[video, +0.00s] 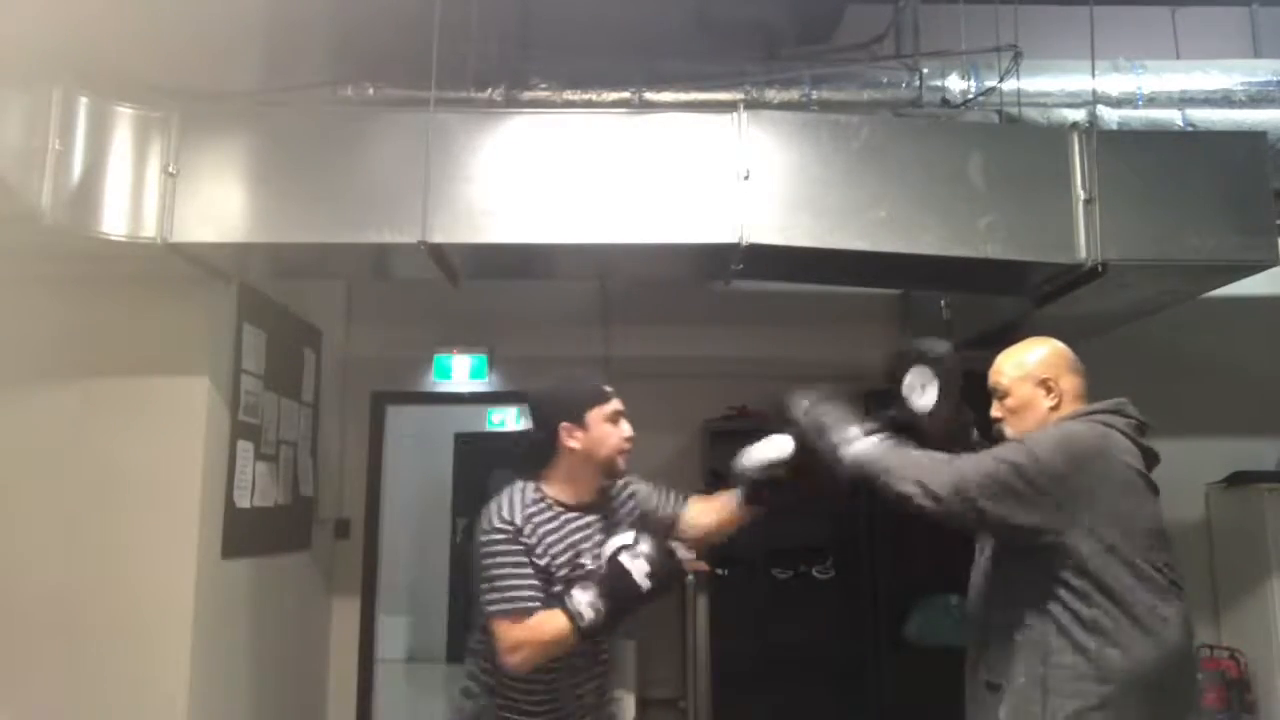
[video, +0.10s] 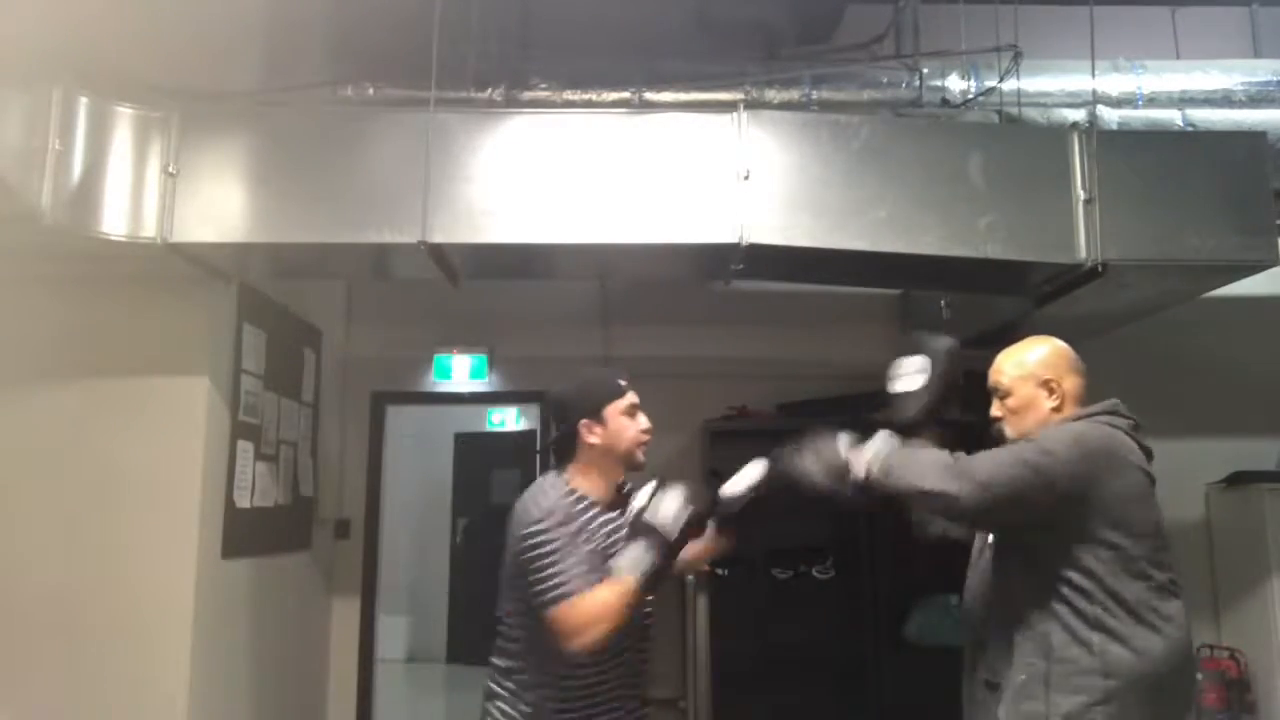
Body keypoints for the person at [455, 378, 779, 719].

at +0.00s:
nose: (629, 433)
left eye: (625, 419)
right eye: (614, 420)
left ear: (576, 436)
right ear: (571, 435)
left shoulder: (620, 496)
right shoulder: (507, 521)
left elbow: (695, 519)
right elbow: (515, 650)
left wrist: (753, 492)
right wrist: (607, 593)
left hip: (589, 705)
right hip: (510, 711)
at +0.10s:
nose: (647, 424)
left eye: (641, 411)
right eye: (631, 413)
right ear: (591, 431)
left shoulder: (628, 501)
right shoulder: (543, 510)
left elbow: (668, 562)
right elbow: (577, 633)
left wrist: (725, 525)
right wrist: (648, 546)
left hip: (617, 706)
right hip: (537, 710)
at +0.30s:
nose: (637, 422)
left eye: (631, 410)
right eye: (620, 411)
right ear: (578, 428)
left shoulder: (537, 478)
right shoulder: (582, 488)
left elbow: (580, 561)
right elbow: (685, 522)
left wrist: (657, 564)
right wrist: (714, 459)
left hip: (511, 699)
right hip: (576, 706)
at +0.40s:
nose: (612, 420)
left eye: (607, 406)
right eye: (595, 408)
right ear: (554, 425)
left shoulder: (533, 482)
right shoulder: (537, 491)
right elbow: (618, 579)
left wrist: (612, 532)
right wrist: (662, 517)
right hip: (529, 707)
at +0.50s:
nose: (587, 416)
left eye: (582, 403)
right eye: (569, 403)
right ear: (528, 419)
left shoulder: (538, 497)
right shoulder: (493, 496)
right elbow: (538, 603)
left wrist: (615, 553)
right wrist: (605, 552)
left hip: (544, 705)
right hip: (490, 708)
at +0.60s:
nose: (567, 410)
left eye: (563, 398)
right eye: (551, 397)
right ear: (507, 408)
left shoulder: (534, 492)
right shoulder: (461, 495)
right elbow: (488, 610)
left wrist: (594, 548)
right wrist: (563, 552)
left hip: (523, 702)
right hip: (458, 707)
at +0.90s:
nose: (544, 417)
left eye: (543, 404)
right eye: (530, 402)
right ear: (483, 406)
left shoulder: (525, 480)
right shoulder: (424, 494)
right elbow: (432, 615)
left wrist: (578, 553)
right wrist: (523, 564)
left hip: (526, 702)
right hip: (442, 709)